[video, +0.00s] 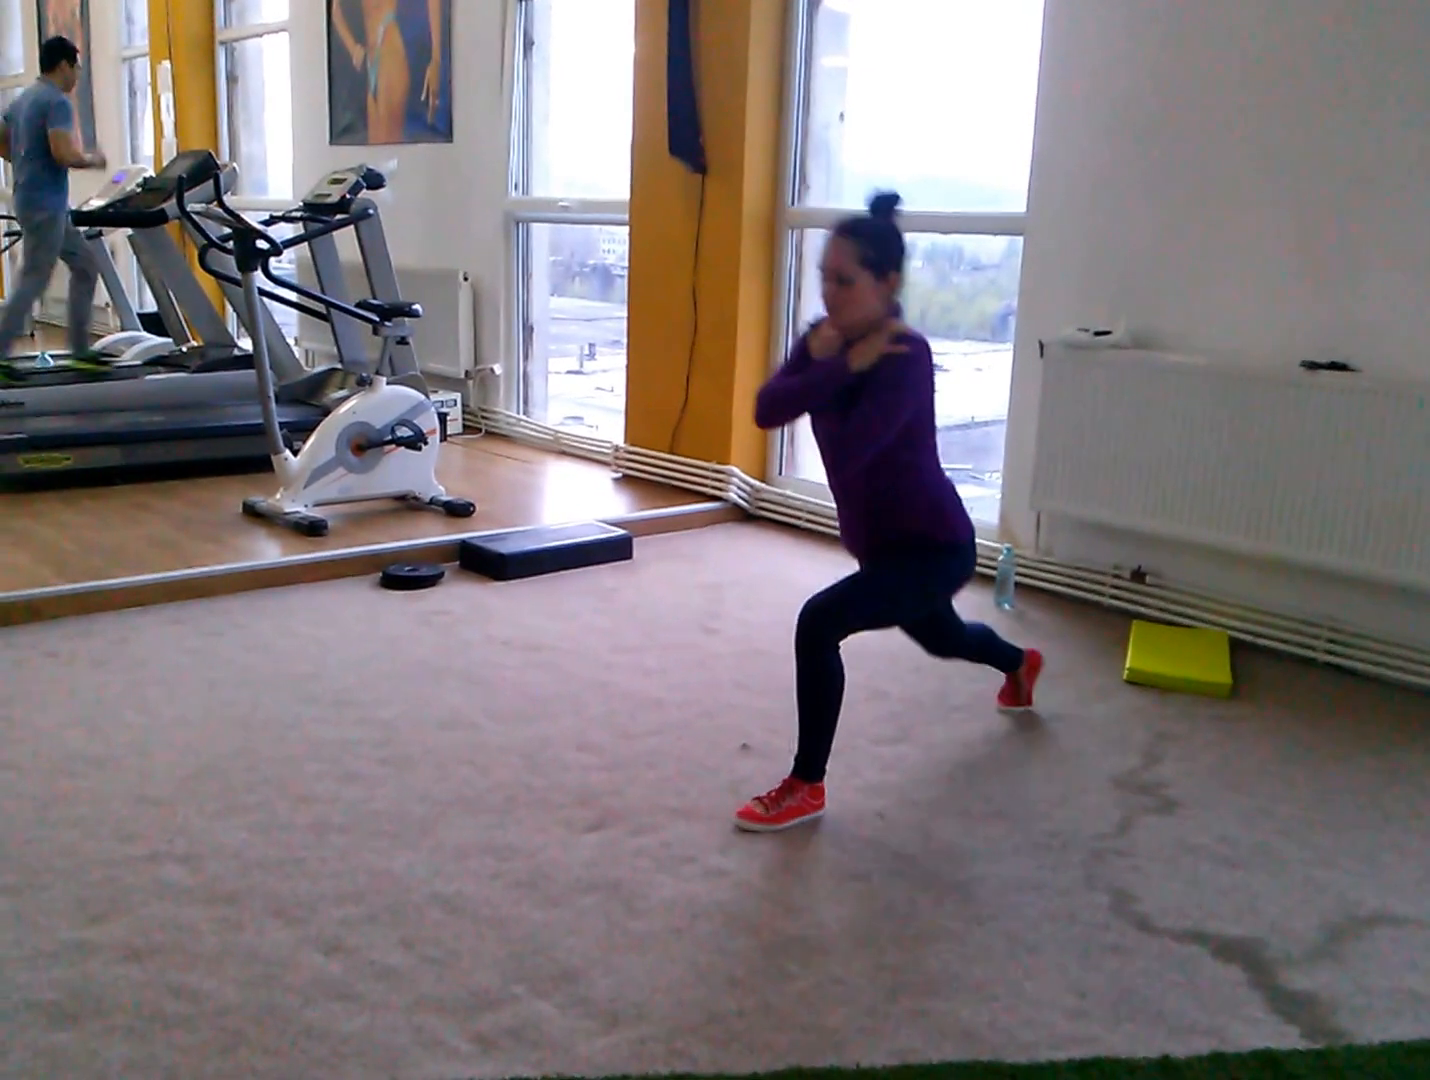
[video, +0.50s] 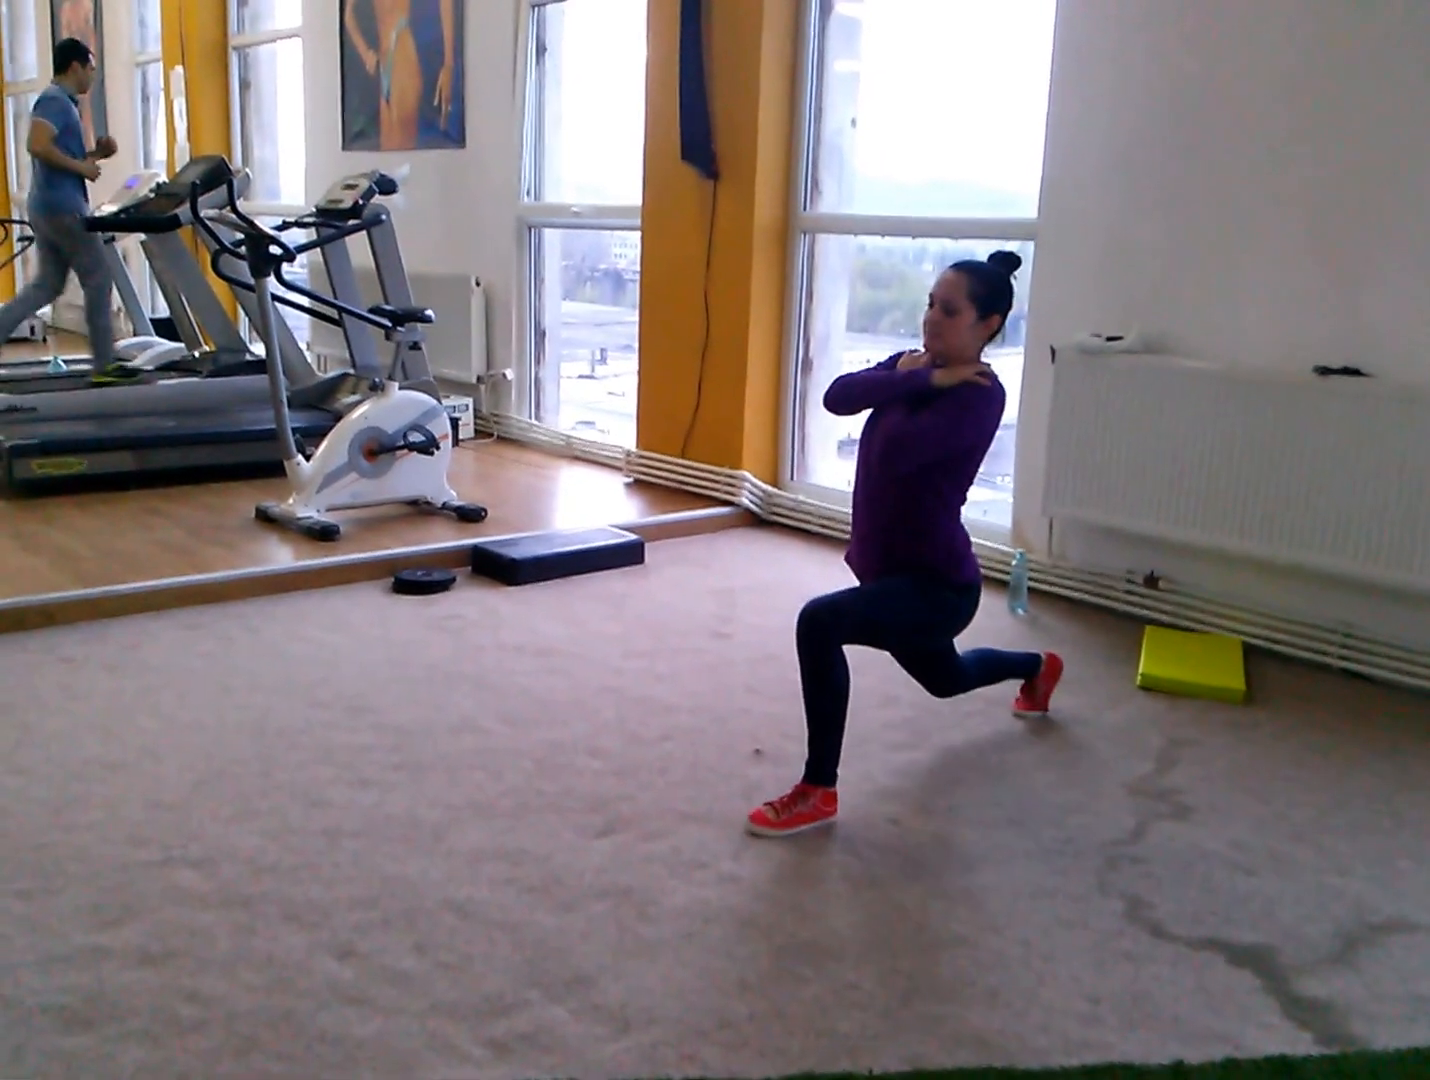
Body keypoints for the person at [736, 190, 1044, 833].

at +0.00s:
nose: (830, 293)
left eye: (845, 280)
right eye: (825, 278)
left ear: (888, 285)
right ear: (821, 280)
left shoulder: (907, 358)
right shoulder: (819, 342)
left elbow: (853, 449)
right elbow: (766, 412)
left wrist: (815, 371)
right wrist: (845, 365)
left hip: (935, 551)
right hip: (879, 549)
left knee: (818, 622)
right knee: (946, 638)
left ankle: (806, 785)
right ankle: (1020, 662)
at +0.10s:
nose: (862, 305)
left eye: (878, 293)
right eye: (860, 290)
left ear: (922, 300)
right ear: (855, 290)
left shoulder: (934, 375)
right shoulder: (851, 352)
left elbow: (869, 455)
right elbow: (791, 413)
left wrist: (840, 379)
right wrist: (873, 374)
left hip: (941, 568)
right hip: (881, 564)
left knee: (824, 621)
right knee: (946, 658)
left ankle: (810, 784)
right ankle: (1029, 664)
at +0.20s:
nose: (894, 310)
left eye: (910, 299)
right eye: (891, 295)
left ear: (951, 307)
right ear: (886, 294)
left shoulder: (955, 382)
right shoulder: (875, 356)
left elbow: (884, 455)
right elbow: (811, 405)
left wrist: (870, 374)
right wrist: (896, 371)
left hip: (938, 578)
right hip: (881, 569)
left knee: (822, 622)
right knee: (943, 670)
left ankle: (813, 785)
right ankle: (1034, 666)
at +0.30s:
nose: (915, 314)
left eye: (932, 304)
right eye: (913, 299)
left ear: (973, 316)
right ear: (907, 300)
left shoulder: (969, 390)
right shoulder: (893, 358)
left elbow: (889, 452)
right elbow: (825, 398)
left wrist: (881, 379)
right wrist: (913, 375)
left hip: (937, 581)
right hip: (884, 573)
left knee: (818, 622)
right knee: (946, 677)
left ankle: (815, 787)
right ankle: (1040, 671)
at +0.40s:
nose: (927, 315)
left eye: (945, 307)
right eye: (927, 301)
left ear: (984, 324)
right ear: (923, 302)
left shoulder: (978, 395)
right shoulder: (904, 360)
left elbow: (895, 451)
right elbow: (832, 394)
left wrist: (885, 379)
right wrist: (928, 375)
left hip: (937, 585)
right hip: (883, 576)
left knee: (818, 623)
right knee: (945, 676)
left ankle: (817, 788)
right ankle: (1040, 668)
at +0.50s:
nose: (932, 318)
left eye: (949, 311)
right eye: (931, 305)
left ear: (989, 327)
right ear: (926, 306)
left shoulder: (980, 399)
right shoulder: (908, 365)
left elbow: (898, 457)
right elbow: (836, 398)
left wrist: (894, 383)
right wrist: (930, 377)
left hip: (938, 589)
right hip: (885, 577)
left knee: (819, 623)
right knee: (945, 677)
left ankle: (818, 789)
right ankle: (1040, 666)